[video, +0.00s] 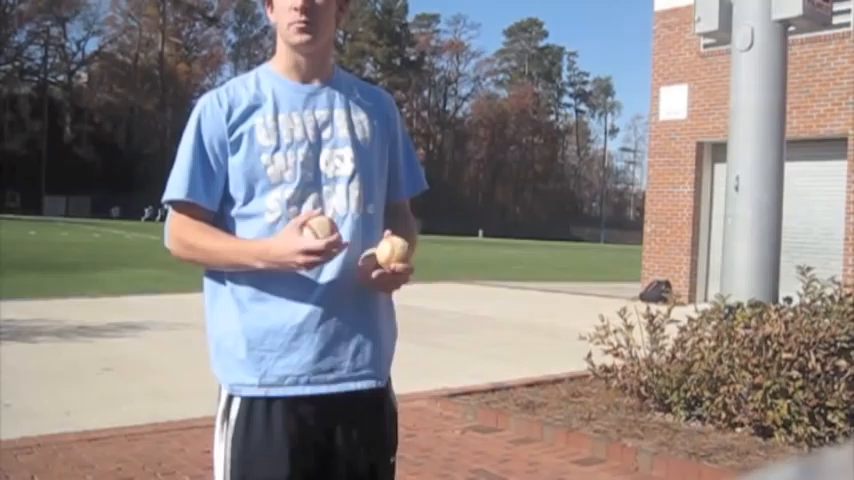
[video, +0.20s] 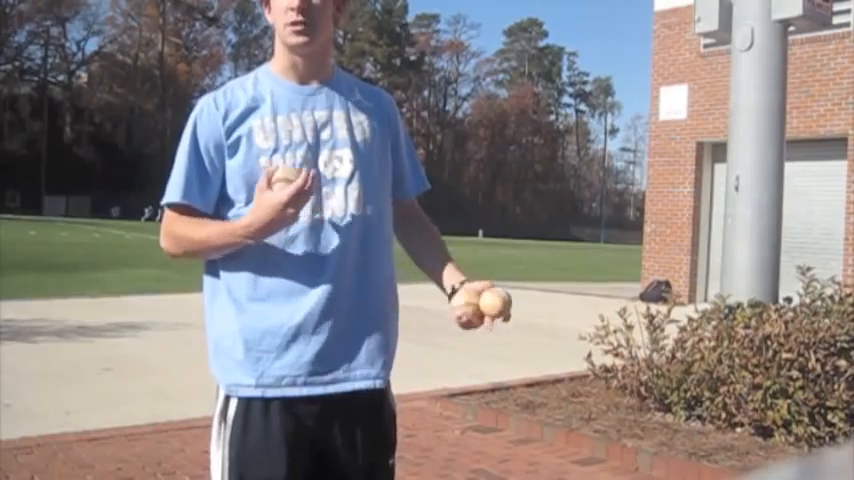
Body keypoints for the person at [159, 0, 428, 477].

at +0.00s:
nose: (305, 7)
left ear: (341, 10)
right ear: (271, 9)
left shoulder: (377, 108)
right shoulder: (222, 109)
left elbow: (400, 214)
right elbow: (181, 234)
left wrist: (396, 257)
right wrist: (271, 251)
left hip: (361, 380)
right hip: (262, 385)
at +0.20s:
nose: (300, 8)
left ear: (339, 10)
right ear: (269, 10)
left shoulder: (377, 108)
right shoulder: (220, 112)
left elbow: (406, 212)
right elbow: (174, 235)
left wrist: (456, 284)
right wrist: (250, 225)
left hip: (360, 381)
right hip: (260, 385)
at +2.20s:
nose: (305, 7)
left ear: (339, 10)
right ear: (266, 9)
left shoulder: (373, 109)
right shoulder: (216, 111)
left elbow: (408, 219)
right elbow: (169, 239)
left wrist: (472, 310)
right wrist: (260, 203)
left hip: (360, 383)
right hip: (261, 388)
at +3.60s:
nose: (319, 8)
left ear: (351, 14)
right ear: (280, 9)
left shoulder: (371, 107)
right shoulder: (232, 107)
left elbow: (389, 221)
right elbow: (155, 223)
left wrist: (423, 326)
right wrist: (228, 254)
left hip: (369, 381)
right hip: (277, 391)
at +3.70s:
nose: (306, 9)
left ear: (351, 14)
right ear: (281, 8)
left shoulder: (378, 111)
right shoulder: (230, 106)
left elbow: (395, 226)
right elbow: (133, 211)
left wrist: (422, 333)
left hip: (369, 383)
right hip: (273, 390)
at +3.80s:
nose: (304, 9)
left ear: (354, 16)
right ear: (283, 9)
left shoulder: (382, 112)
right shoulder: (229, 104)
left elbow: (399, 231)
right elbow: (122, 193)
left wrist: (423, 338)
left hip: (367, 387)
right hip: (269, 393)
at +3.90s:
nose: (302, 7)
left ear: (357, 15)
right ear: (285, 7)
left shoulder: (387, 113)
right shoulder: (229, 100)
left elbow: (404, 235)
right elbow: (109, 156)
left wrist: (427, 342)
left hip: (366, 393)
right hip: (266, 398)